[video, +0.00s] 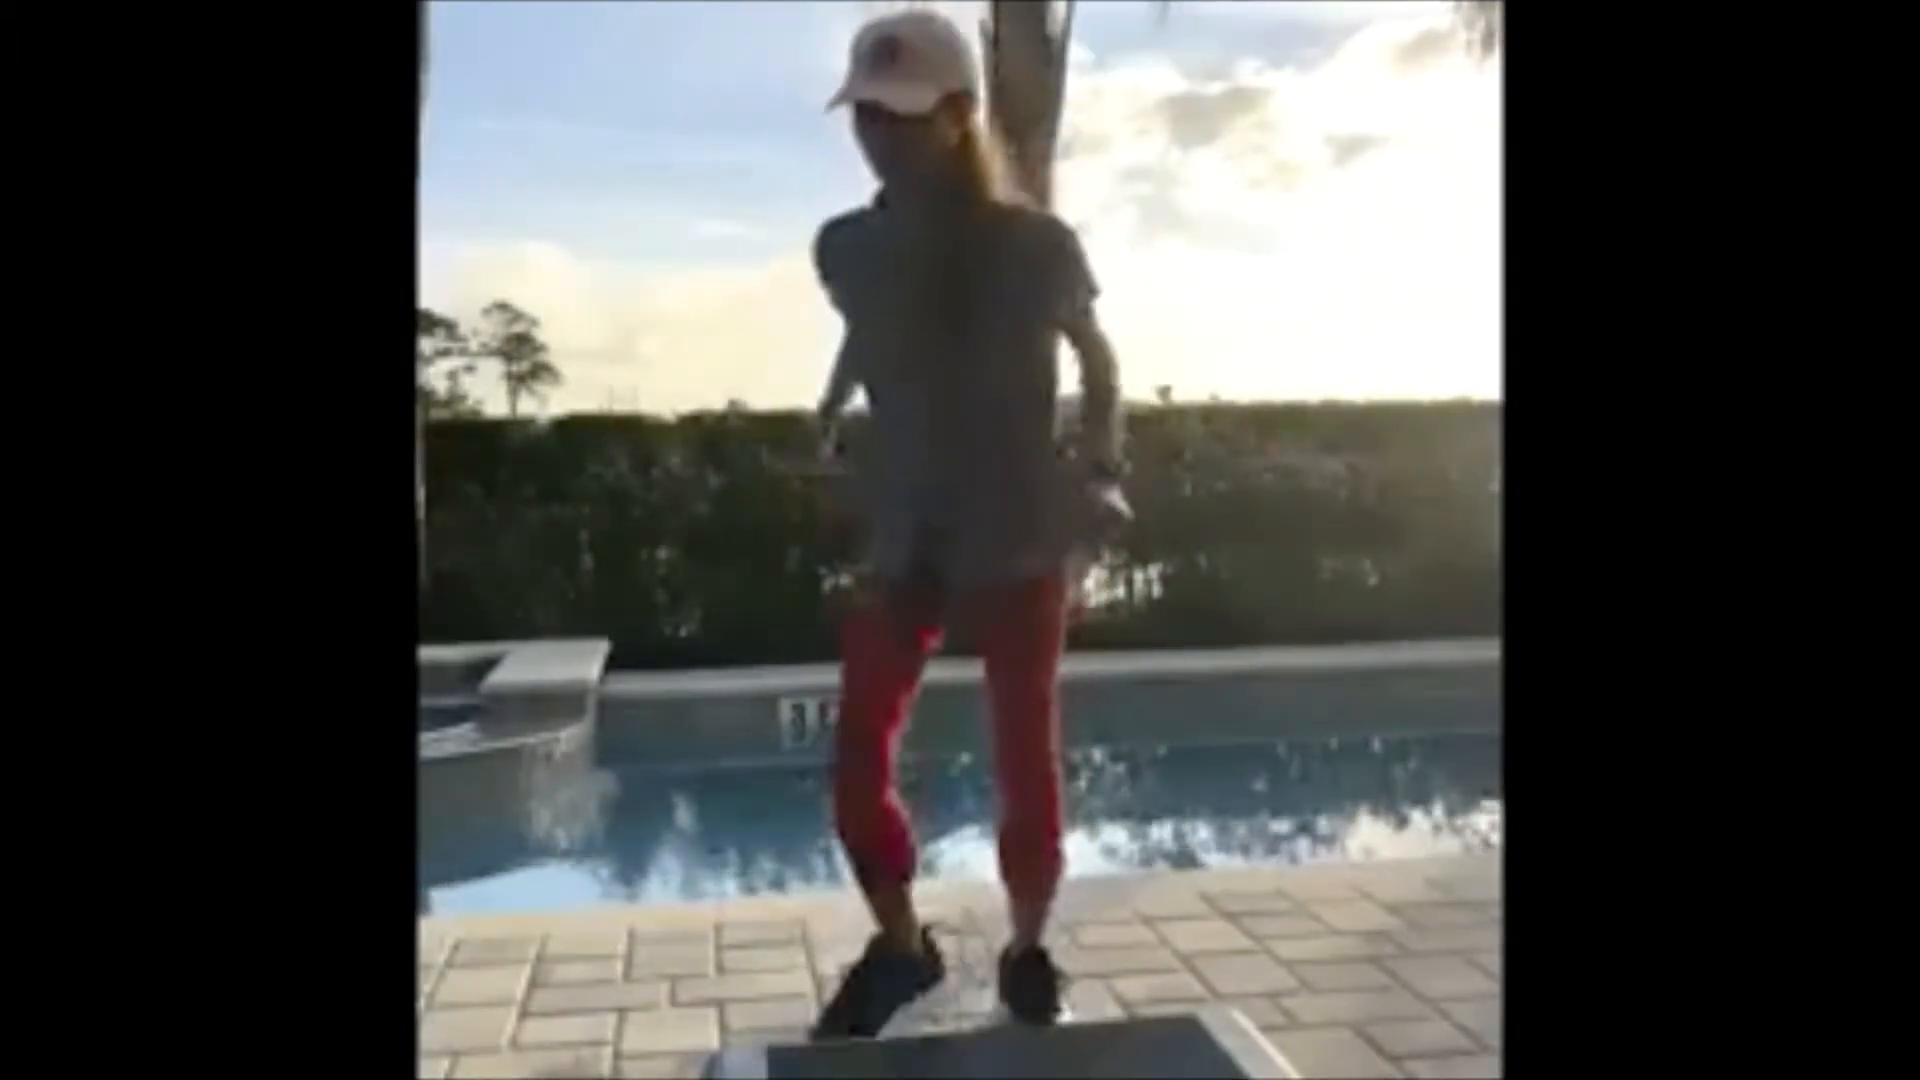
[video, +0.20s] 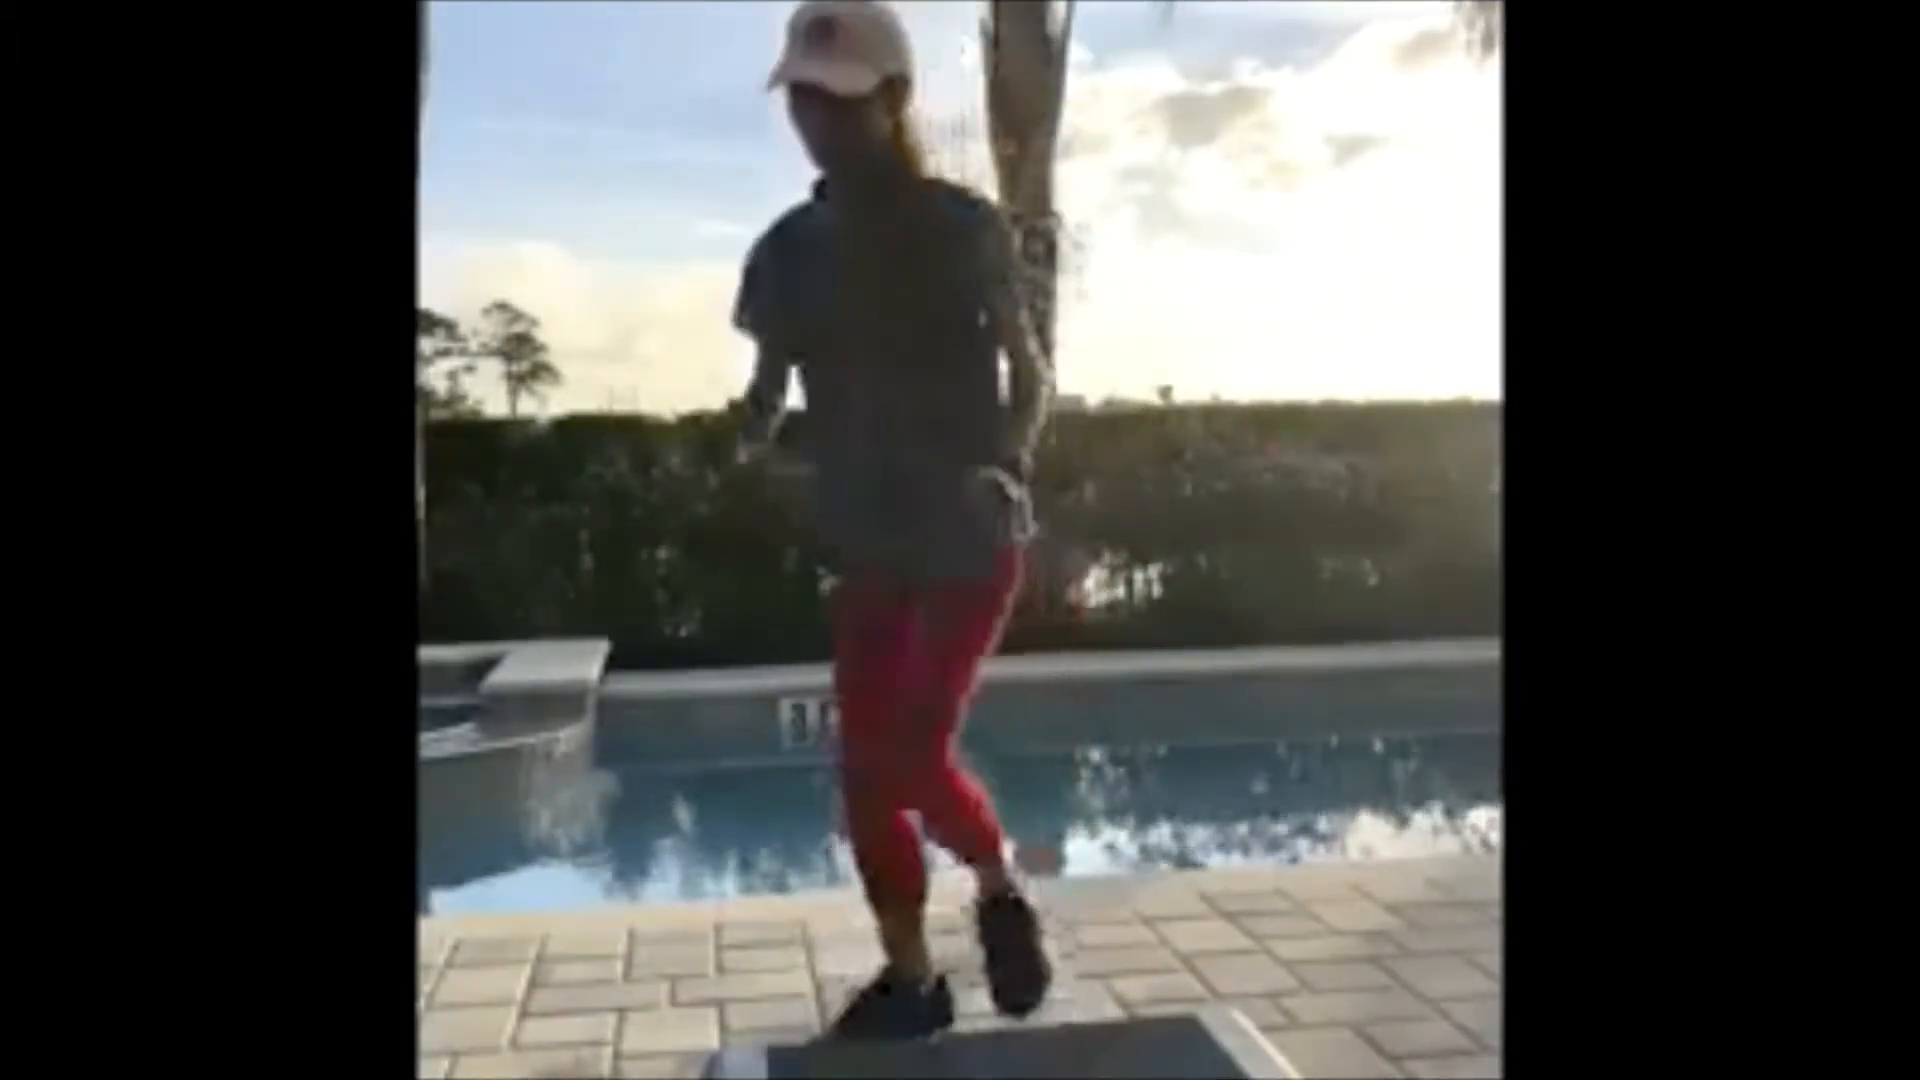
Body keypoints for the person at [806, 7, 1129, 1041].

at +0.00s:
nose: (883, 140)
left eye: (906, 119)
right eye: (867, 118)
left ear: (961, 119)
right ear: (850, 122)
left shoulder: (1036, 245)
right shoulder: (848, 248)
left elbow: (1100, 366)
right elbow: (866, 330)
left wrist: (1098, 470)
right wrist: (826, 411)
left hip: (1021, 524)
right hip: (901, 528)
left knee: (1025, 754)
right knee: (857, 756)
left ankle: (1028, 948)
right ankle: (900, 941)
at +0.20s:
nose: (814, 124)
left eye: (834, 103)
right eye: (801, 102)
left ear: (890, 102)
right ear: (788, 106)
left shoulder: (964, 224)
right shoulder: (795, 248)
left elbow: (1026, 368)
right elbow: (766, 393)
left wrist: (1007, 470)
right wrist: (759, 431)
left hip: (969, 518)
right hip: (863, 526)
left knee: (918, 751)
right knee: (867, 761)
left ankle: (1001, 896)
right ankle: (909, 974)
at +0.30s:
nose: (787, 104)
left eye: (807, 82)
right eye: (778, 83)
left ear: (871, 82)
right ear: (771, 87)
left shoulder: (940, 200)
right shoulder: (752, 227)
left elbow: (1027, 342)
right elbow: (655, 355)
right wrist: (661, 326)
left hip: (958, 501)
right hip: (848, 518)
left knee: (862, 649)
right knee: (876, 700)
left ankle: (937, 864)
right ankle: (915, 958)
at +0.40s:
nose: (774, 108)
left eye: (795, 87)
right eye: (761, 86)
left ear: (854, 88)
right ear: (748, 88)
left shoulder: (909, 193)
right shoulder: (728, 223)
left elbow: (1015, 249)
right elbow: (578, 274)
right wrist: (589, 187)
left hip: (938, 501)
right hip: (825, 516)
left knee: (834, 632)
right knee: (874, 720)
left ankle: (867, 898)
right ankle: (911, 963)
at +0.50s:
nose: (762, 62)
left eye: (782, 39)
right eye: (748, 42)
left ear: (837, 45)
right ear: (738, 52)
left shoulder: (903, 157)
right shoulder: (713, 178)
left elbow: (1001, 152)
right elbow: (570, 206)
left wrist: (937, 34)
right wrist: (535, 114)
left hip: (915, 494)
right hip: (800, 503)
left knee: (806, 655)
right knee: (856, 722)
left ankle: (826, 961)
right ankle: (897, 961)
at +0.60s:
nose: (770, 11)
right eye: (756, 2)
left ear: (833, 2)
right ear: (743, 14)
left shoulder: (883, 90)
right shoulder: (720, 110)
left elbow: (946, 74)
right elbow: (630, 170)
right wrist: (502, 105)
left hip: (882, 440)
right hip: (755, 450)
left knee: (803, 672)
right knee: (765, 699)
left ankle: (826, 967)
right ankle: (850, 903)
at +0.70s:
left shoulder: (856, 33)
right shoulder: (729, 63)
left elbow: (871, 169)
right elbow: (712, 179)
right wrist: (551, 178)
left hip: (866, 406)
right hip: (751, 405)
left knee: (816, 661)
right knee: (648, 599)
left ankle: (825, 972)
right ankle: (760, 790)